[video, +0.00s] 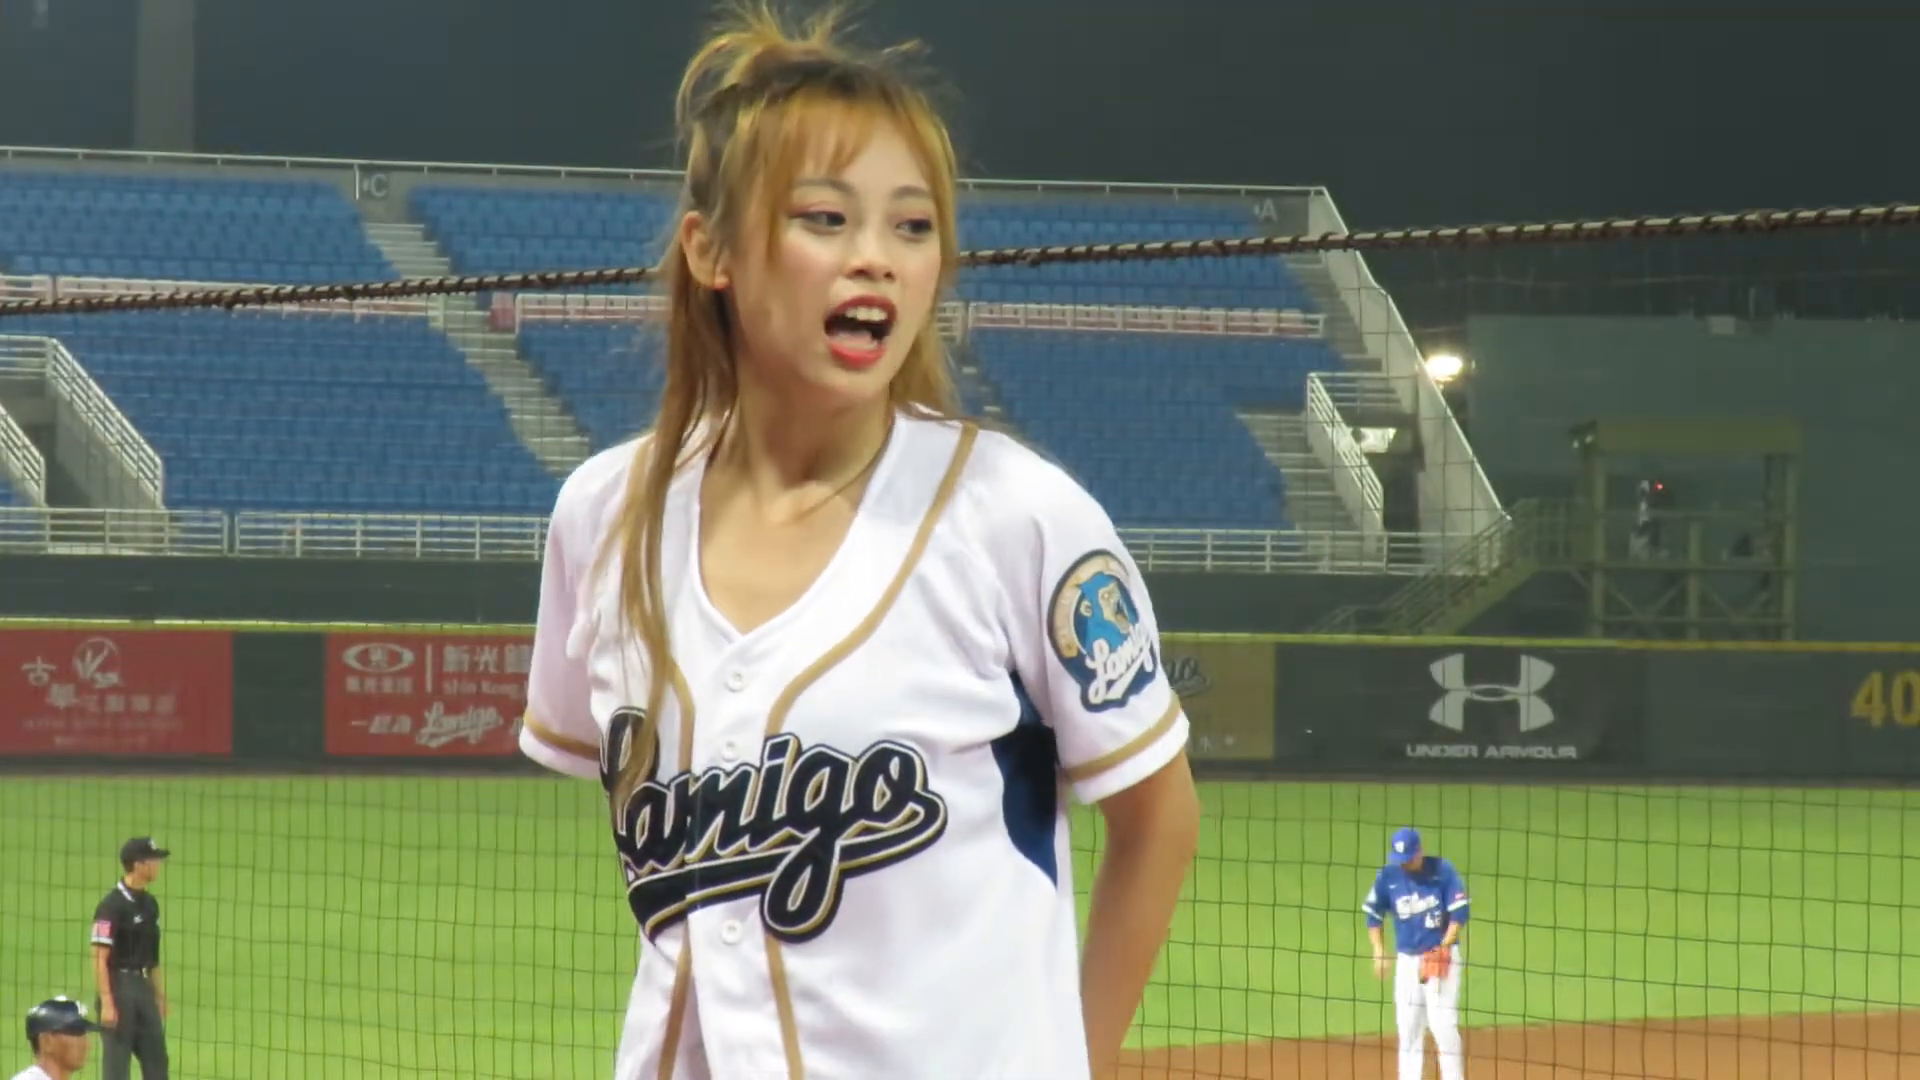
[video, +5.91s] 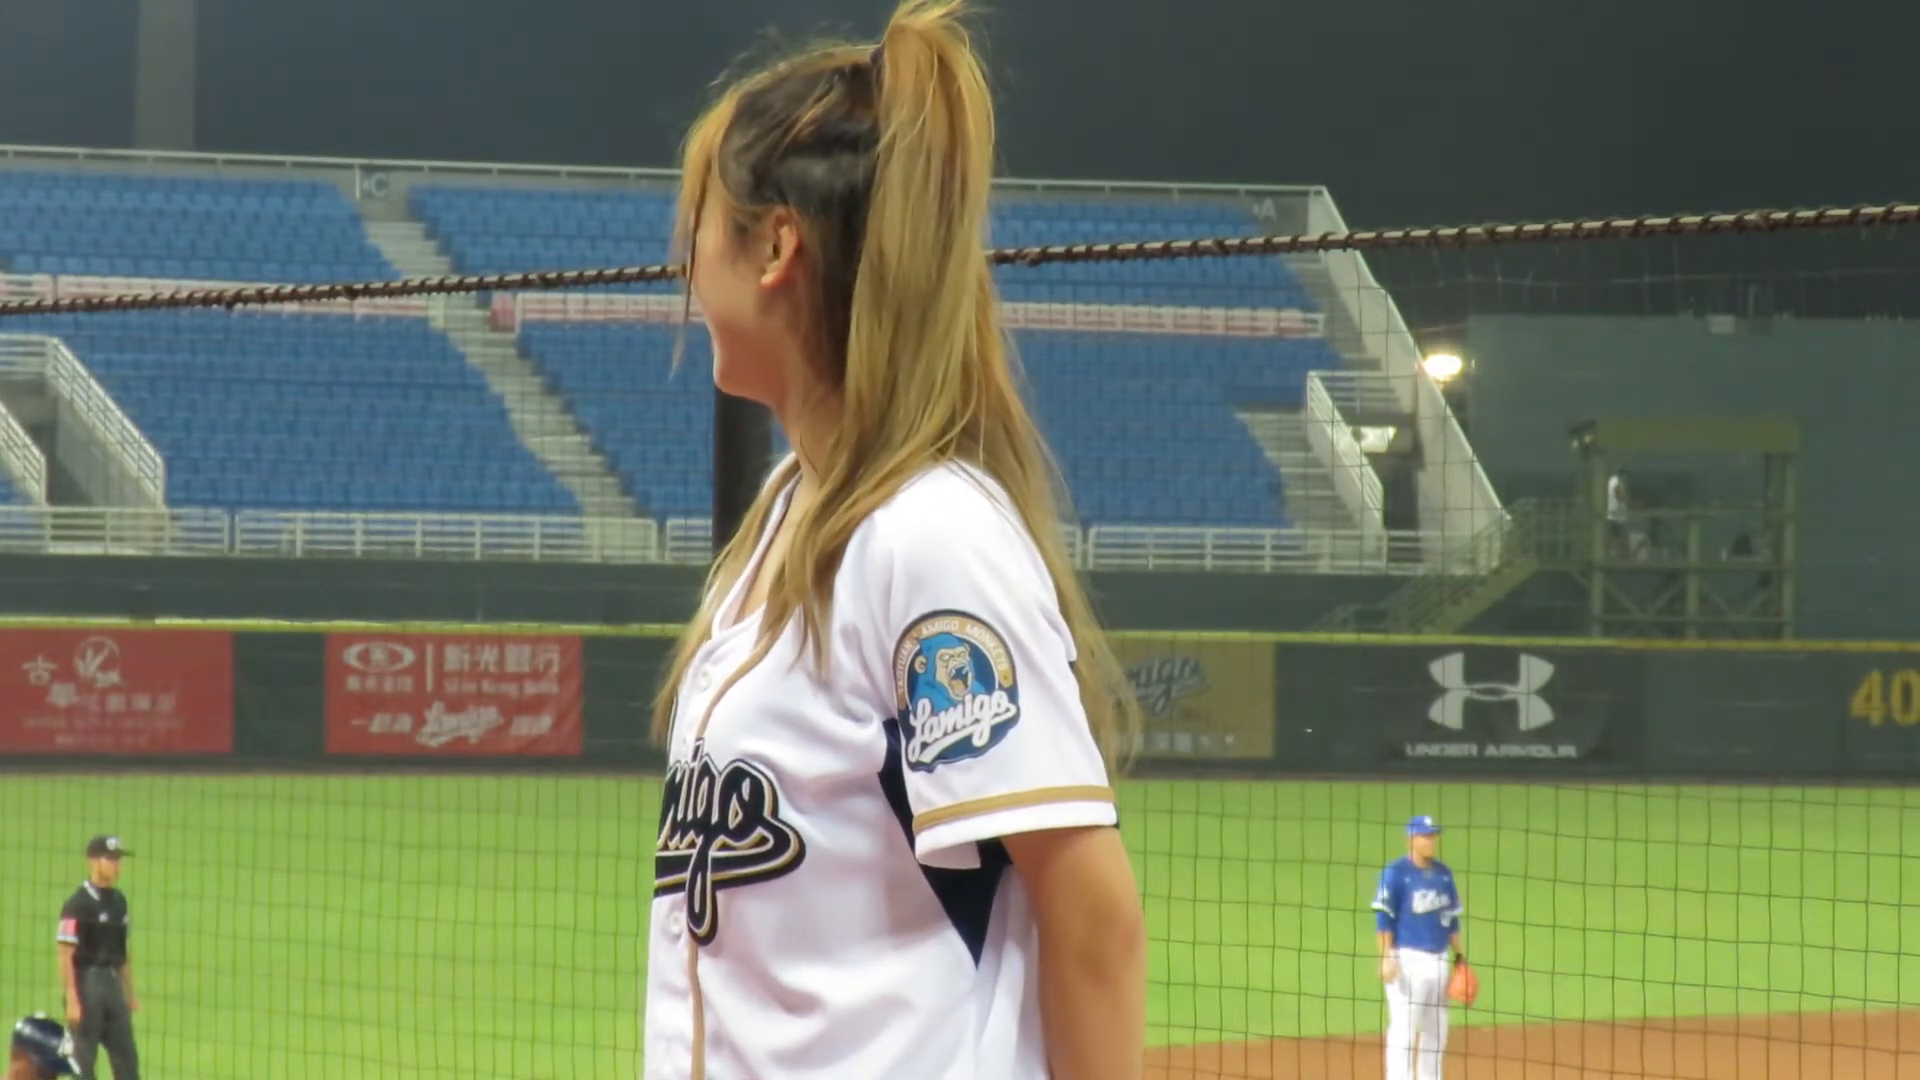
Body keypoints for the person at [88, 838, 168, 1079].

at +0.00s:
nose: (157, 866)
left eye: (157, 861)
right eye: (152, 861)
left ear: (144, 866)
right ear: (135, 865)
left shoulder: (150, 904)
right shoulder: (111, 904)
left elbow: (152, 959)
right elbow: (100, 958)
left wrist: (159, 996)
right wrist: (107, 1003)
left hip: (142, 978)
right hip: (118, 977)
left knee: (156, 1058)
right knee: (117, 1060)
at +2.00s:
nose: (176, 861)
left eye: (175, 855)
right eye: (172, 856)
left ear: (162, 858)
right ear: (159, 859)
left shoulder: (164, 893)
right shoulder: (140, 897)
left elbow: (157, 943)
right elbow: (127, 948)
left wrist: (164, 980)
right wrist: (138, 994)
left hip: (162, 968)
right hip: (145, 968)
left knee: (156, 1045)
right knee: (141, 1046)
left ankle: (150, 1074)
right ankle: (132, 1074)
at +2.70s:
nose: (154, 862)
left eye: (156, 856)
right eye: (149, 856)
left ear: (159, 860)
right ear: (134, 856)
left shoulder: (157, 900)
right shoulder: (115, 897)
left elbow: (164, 948)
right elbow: (103, 947)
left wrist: (184, 988)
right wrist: (110, 991)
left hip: (146, 972)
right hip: (121, 971)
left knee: (144, 1053)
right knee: (110, 1051)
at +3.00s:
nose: (135, 864)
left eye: (138, 858)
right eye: (129, 857)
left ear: (140, 861)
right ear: (114, 858)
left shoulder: (140, 901)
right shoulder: (94, 902)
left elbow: (143, 948)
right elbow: (79, 951)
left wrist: (153, 989)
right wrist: (88, 995)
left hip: (127, 977)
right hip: (100, 976)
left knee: (141, 1055)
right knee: (90, 1059)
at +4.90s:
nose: (116, 866)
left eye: (118, 860)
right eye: (110, 860)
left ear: (121, 862)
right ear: (94, 861)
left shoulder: (120, 901)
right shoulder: (78, 903)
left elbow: (122, 952)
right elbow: (65, 954)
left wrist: (129, 990)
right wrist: (72, 999)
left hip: (113, 973)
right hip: (87, 973)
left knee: (125, 1054)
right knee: (84, 1053)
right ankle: (81, 1074)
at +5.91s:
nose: (116, 866)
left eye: (118, 860)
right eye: (110, 860)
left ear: (118, 862)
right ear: (94, 861)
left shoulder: (118, 901)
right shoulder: (77, 904)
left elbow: (121, 951)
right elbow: (65, 954)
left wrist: (128, 991)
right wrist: (72, 1000)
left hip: (113, 973)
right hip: (86, 972)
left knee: (125, 1052)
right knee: (84, 1053)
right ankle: (83, 1074)